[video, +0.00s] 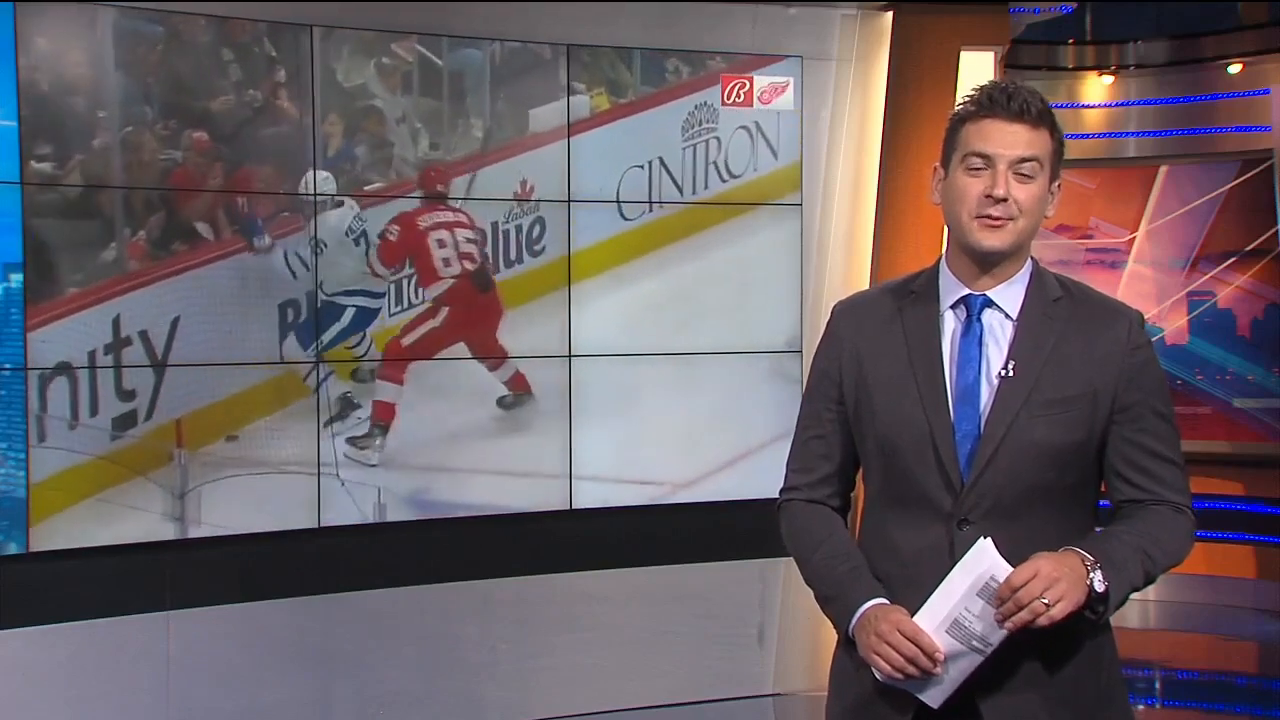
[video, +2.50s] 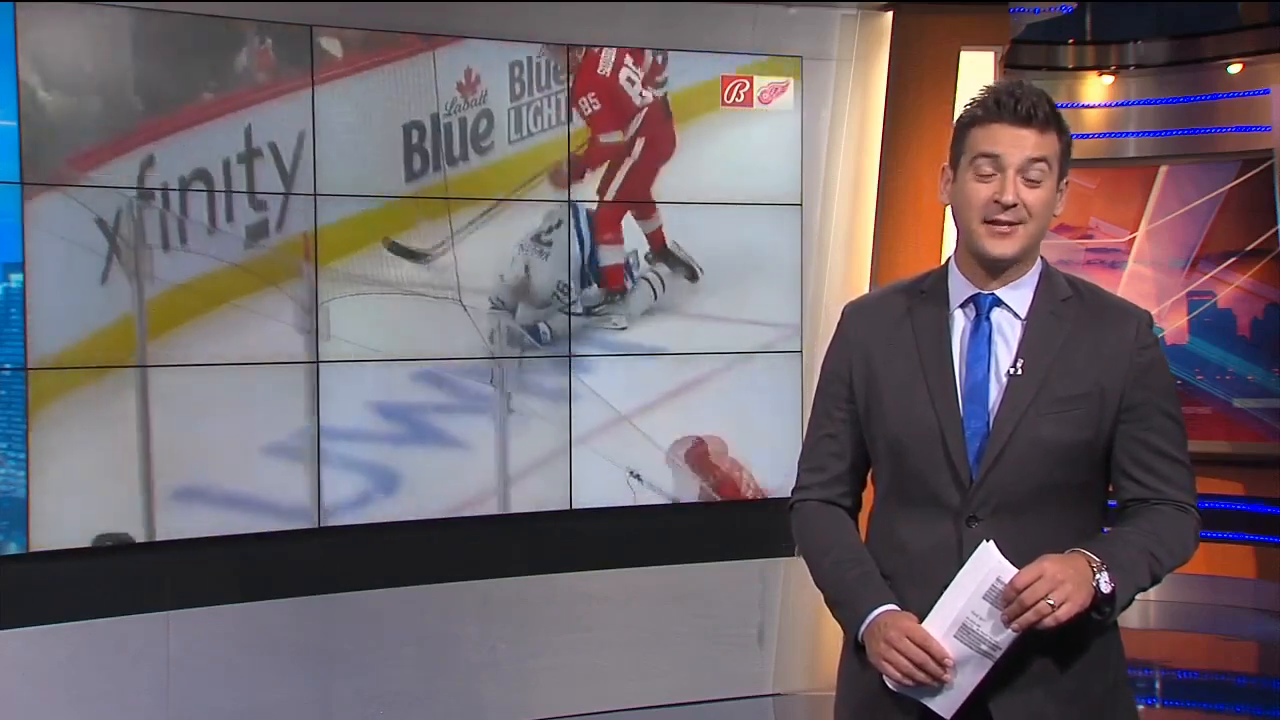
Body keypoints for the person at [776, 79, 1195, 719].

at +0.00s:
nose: (998, 190)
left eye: (1023, 172)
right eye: (977, 166)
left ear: (1050, 196)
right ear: (940, 184)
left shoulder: (1113, 337)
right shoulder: (858, 327)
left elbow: (1162, 512)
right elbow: (808, 499)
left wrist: (1090, 566)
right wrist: (862, 609)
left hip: (1049, 691)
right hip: (887, 688)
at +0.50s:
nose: (987, 196)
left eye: (1013, 176)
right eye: (965, 171)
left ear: (1043, 194)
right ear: (932, 185)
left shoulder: (1108, 335)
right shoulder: (854, 326)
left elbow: (1155, 511)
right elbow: (805, 499)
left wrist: (1079, 570)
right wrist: (857, 616)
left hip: (1044, 691)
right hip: (881, 687)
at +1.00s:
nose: (991, 197)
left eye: (1017, 177)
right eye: (970, 172)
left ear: (1047, 196)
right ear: (936, 185)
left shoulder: (1109, 336)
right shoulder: (857, 326)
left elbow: (1156, 512)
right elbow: (807, 499)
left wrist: (1082, 571)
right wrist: (860, 617)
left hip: (1046, 692)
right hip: (883, 688)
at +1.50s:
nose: (997, 193)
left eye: (1022, 175)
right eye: (976, 169)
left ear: (1050, 196)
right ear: (940, 185)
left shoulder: (1114, 336)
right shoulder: (862, 327)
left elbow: (1161, 510)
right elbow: (813, 500)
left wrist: (1089, 568)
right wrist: (866, 617)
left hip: (1051, 690)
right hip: (889, 688)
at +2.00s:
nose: (1001, 202)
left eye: (1027, 181)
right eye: (980, 175)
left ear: (1056, 197)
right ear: (945, 185)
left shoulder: (1118, 336)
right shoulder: (865, 328)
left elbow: (1166, 509)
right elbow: (816, 499)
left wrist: (1092, 566)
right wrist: (869, 614)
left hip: (1054, 691)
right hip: (892, 687)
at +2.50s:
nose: (1007, 195)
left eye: (1032, 176)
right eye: (986, 170)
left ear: (1058, 197)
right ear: (949, 186)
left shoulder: (1121, 337)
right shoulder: (869, 326)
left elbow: (1167, 510)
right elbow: (820, 499)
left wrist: (1096, 568)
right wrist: (872, 615)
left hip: (1056, 690)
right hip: (895, 687)